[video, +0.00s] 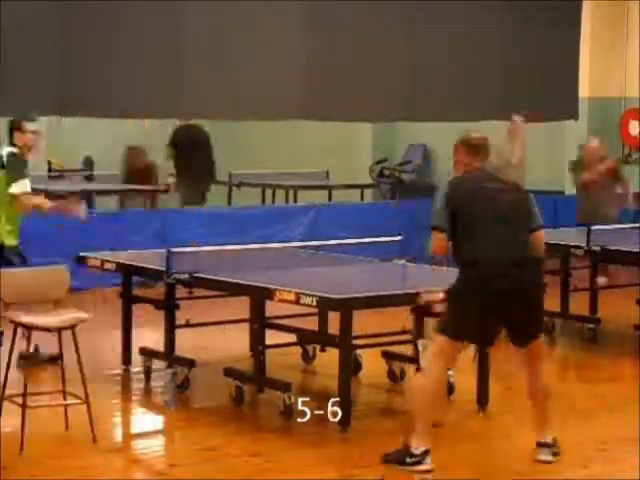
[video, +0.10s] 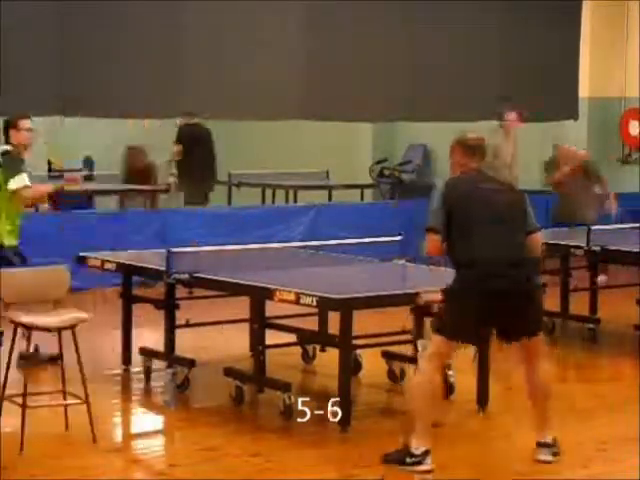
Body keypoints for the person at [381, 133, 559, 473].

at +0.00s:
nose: (454, 165)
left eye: (456, 159)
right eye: (456, 159)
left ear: (464, 158)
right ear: (485, 157)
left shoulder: (453, 188)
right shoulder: (516, 189)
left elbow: (439, 246)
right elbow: (538, 242)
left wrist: (466, 242)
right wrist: (526, 272)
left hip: (477, 282)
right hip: (524, 282)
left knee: (438, 359)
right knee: (535, 359)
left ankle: (418, 448)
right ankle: (545, 441)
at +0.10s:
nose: (451, 165)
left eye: (453, 159)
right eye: (453, 159)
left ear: (459, 158)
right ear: (483, 157)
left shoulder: (449, 188)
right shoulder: (512, 190)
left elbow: (433, 246)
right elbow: (535, 245)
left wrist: (460, 242)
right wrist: (507, 250)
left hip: (472, 285)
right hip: (518, 284)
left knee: (432, 362)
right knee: (534, 360)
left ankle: (418, 448)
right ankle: (545, 441)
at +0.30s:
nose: (386, 162)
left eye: (386, 157)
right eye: (388, 157)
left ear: (390, 155)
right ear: (413, 154)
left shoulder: (395, 175)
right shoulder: (426, 175)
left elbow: (395, 216)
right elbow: (425, 222)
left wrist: (379, 245)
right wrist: (394, 246)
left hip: (436, 265)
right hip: (454, 261)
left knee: (444, 346)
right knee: (421, 339)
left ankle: (476, 427)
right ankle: (410, 408)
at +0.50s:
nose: (369, 170)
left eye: (370, 166)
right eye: (371, 166)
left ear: (374, 164)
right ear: (396, 163)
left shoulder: (380, 176)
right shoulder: (410, 180)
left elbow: (383, 206)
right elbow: (416, 218)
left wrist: (367, 242)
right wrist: (387, 242)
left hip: (428, 254)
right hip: (449, 251)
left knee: (451, 327)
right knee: (420, 331)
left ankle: (482, 398)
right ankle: (418, 397)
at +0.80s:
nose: (356, 187)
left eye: (356, 183)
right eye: (357, 184)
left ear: (362, 177)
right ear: (380, 176)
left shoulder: (367, 181)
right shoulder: (398, 203)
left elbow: (373, 204)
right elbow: (382, 271)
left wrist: (361, 243)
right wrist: (352, 268)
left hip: (424, 238)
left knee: (449, 301)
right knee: (421, 336)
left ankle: (501, 361)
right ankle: (413, 415)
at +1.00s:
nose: (357, 194)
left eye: (356, 188)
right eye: (357, 189)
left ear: (362, 180)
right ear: (383, 177)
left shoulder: (368, 180)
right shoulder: (401, 209)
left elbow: (372, 202)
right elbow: (385, 273)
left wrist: (361, 244)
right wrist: (352, 271)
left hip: (424, 239)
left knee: (449, 304)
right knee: (420, 338)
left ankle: (497, 367)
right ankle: (411, 415)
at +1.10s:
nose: (357, 191)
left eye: (357, 186)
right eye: (357, 187)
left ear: (363, 178)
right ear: (383, 177)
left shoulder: (370, 182)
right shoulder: (401, 206)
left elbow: (372, 202)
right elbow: (384, 272)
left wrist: (361, 243)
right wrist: (353, 271)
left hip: (423, 241)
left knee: (445, 305)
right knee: (420, 340)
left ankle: (492, 372)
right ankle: (410, 415)